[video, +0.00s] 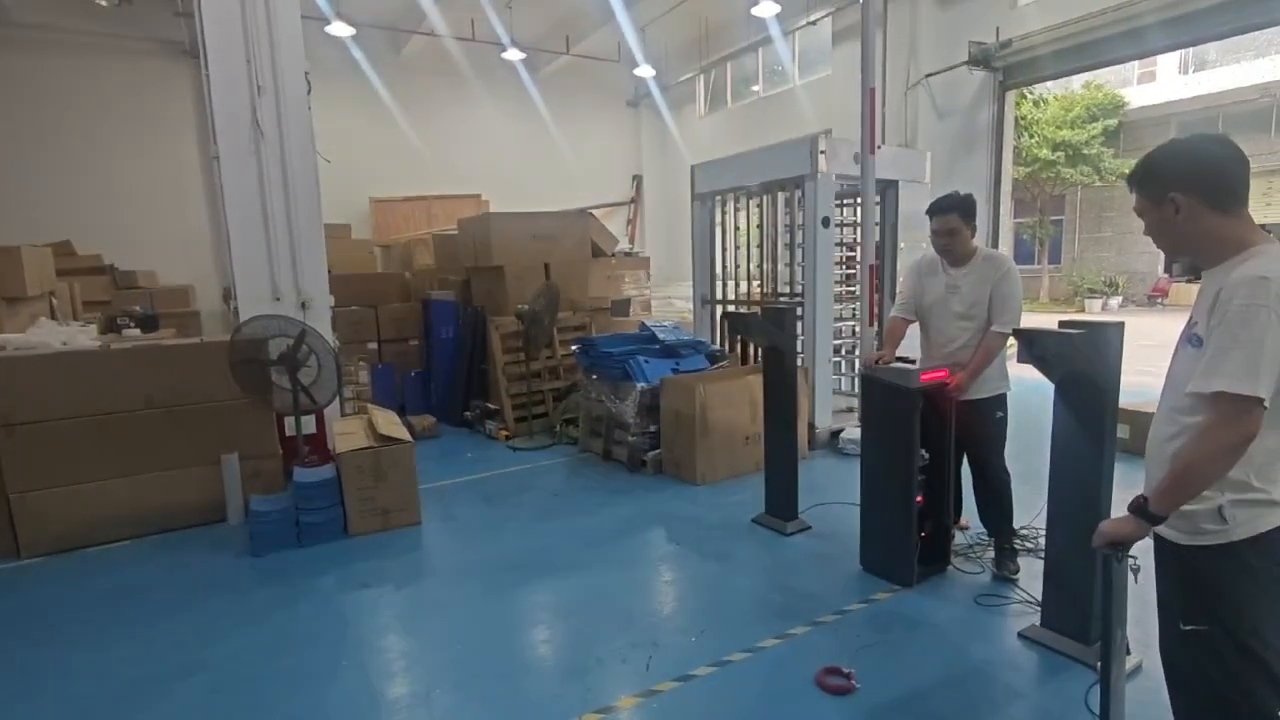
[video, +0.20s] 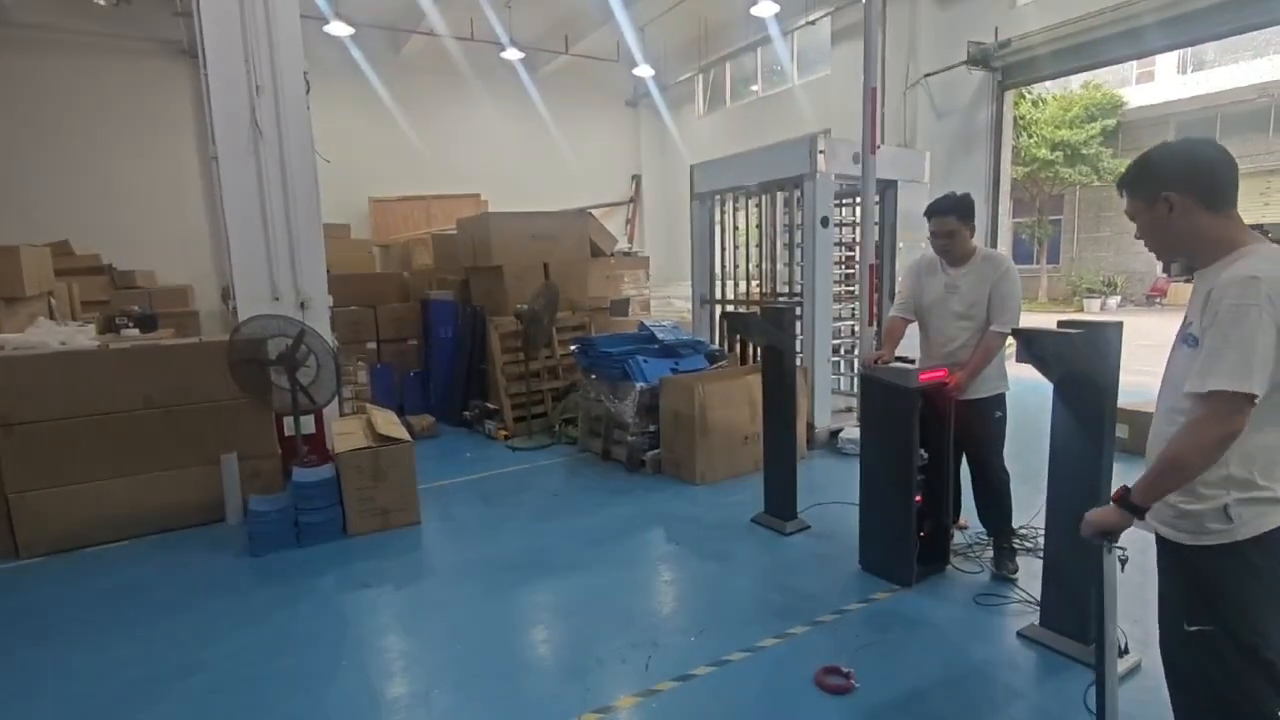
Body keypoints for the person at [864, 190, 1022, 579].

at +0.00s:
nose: (941, 243)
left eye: (949, 235)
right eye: (935, 235)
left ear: (972, 231)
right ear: (929, 232)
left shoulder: (1000, 268)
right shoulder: (922, 267)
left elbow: (1000, 330)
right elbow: (902, 313)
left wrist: (969, 373)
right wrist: (888, 348)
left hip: (984, 391)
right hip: (936, 390)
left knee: (990, 471)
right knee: (939, 472)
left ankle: (1003, 543)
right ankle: (936, 548)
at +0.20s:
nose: (939, 244)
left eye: (947, 236)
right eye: (933, 236)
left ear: (971, 231)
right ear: (928, 232)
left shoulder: (999, 267)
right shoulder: (921, 267)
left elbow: (999, 330)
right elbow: (901, 313)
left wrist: (967, 373)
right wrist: (887, 348)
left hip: (983, 390)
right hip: (934, 390)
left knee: (988, 470)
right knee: (938, 471)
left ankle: (1002, 542)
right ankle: (936, 546)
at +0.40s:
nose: (937, 245)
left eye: (944, 237)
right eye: (931, 237)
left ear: (968, 231)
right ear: (927, 233)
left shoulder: (998, 267)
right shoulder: (920, 267)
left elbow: (998, 330)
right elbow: (899, 313)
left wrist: (966, 373)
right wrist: (886, 348)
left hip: (982, 390)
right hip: (933, 389)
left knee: (987, 470)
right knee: (936, 471)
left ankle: (1001, 542)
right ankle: (934, 546)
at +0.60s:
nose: (936, 246)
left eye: (944, 238)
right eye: (930, 238)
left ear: (967, 231)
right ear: (925, 234)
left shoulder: (997, 268)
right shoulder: (919, 267)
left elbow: (997, 329)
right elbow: (898, 313)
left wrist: (965, 373)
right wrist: (884, 350)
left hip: (981, 390)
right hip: (932, 390)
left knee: (986, 471)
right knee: (935, 471)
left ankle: (1000, 542)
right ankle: (933, 545)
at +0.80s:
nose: (934, 245)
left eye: (941, 237)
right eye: (928, 237)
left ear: (966, 231)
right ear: (924, 234)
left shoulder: (995, 268)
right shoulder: (918, 268)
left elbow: (996, 330)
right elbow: (897, 314)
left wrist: (963, 374)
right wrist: (883, 350)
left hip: (980, 391)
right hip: (932, 391)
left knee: (986, 472)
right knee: (934, 471)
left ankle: (999, 543)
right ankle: (933, 543)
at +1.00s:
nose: (935, 244)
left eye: (943, 236)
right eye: (929, 236)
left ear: (966, 230)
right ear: (923, 234)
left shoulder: (994, 268)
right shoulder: (917, 268)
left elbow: (995, 328)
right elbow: (896, 313)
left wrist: (964, 373)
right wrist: (882, 349)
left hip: (978, 393)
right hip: (929, 392)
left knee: (986, 479)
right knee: (932, 476)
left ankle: (999, 555)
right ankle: (928, 551)